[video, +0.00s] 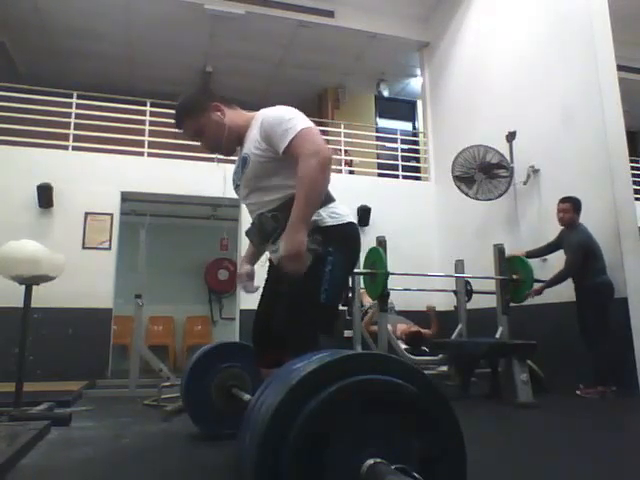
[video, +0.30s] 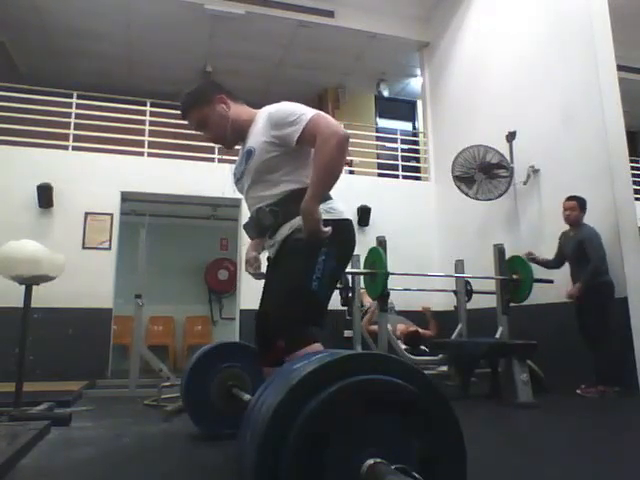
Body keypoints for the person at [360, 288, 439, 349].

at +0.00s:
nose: (412, 327)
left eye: (410, 330)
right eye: (415, 329)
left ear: (403, 338)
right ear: (419, 331)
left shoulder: (388, 333)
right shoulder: (422, 334)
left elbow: (365, 326)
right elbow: (434, 331)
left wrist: (375, 309)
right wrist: (432, 313)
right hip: (392, 314)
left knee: (363, 293)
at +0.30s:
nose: (413, 328)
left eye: (411, 331)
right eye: (416, 331)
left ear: (402, 337)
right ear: (419, 333)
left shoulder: (388, 333)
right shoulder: (421, 334)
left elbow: (365, 327)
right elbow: (433, 333)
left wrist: (373, 308)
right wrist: (429, 314)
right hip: (393, 316)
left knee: (363, 293)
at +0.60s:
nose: (411, 326)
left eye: (407, 330)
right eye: (413, 328)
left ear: (401, 336)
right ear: (418, 331)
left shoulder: (387, 330)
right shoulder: (421, 334)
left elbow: (365, 326)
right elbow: (431, 331)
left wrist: (372, 308)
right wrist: (429, 313)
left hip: (378, 317)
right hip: (392, 314)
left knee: (365, 294)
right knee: (384, 296)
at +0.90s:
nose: (412, 326)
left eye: (411, 329)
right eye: (414, 328)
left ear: (402, 337)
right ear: (418, 331)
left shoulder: (389, 331)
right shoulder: (421, 332)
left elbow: (366, 318)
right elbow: (426, 320)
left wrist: (371, 304)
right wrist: (425, 303)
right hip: (393, 316)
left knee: (366, 295)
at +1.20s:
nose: (413, 326)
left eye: (411, 330)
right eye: (416, 329)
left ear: (402, 336)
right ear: (418, 330)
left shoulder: (388, 330)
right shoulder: (421, 332)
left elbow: (366, 318)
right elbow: (425, 321)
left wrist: (369, 303)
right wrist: (425, 303)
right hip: (393, 315)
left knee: (364, 293)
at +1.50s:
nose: (413, 326)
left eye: (412, 329)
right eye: (416, 329)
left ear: (403, 336)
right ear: (419, 330)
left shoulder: (386, 330)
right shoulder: (421, 333)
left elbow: (366, 321)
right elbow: (426, 322)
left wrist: (369, 304)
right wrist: (425, 304)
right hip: (392, 315)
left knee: (364, 293)